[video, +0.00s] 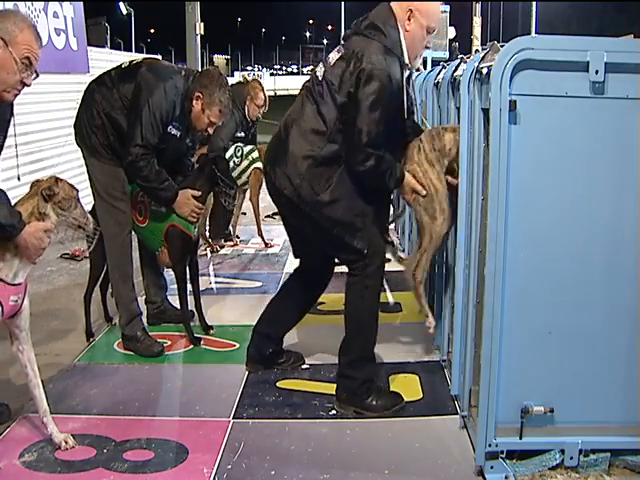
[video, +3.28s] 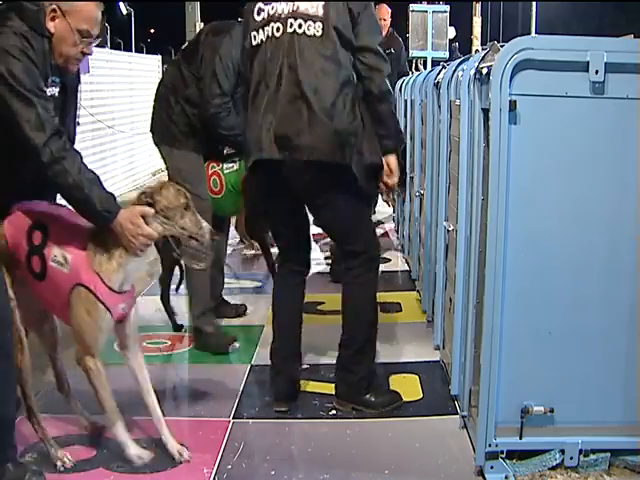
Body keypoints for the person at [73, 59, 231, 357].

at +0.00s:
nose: (211, 130)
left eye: (216, 126)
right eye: (210, 123)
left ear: (198, 100)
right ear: (196, 100)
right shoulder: (161, 92)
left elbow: (177, 161)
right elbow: (136, 156)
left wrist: (188, 194)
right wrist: (172, 196)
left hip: (136, 132)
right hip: (101, 130)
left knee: (147, 216)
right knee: (118, 222)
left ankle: (158, 305)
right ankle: (131, 327)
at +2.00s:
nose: (210, 92)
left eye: (215, 86)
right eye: (209, 84)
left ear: (196, 65)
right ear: (191, 66)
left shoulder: (192, 80)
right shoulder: (151, 70)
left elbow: (182, 134)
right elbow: (137, 139)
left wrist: (192, 161)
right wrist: (179, 165)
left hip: (139, 139)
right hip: (103, 136)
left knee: (152, 216)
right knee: (125, 220)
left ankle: (158, 303)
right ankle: (130, 324)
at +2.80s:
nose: (240, 71)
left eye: (245, 65)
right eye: (238, 63)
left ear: (230, 50)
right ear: (220, 46)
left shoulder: (221, 70)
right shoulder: (182, 54)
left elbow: (216, 122)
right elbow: (169, 120)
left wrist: (223, 145)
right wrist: (208, 149)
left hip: (183, 144)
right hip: (142, 139)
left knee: (199, 217)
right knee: (152, 219)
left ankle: (210, 301)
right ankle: (134, 324)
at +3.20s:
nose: (272, 52)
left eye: (275, 45)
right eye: (270, 44)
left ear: (261, 39)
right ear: (256, 37)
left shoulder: (257, 56)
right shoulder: (222, 42)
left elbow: (252, 108)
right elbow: (208, 106)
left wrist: (255, 138)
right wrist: (241, 141)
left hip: (209, 134)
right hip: (173, 127)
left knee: (214, 212)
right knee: (190, 213)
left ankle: (211, 300)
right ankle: (169, 315)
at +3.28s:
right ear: (263, 23)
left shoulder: (259, 47)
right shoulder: (226, 38)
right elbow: (215, 106)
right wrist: (251, 142)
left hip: (208, 134)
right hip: (179, 129)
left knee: (217, 216)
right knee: (199, 220)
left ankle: (213, 300)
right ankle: (202, 322)